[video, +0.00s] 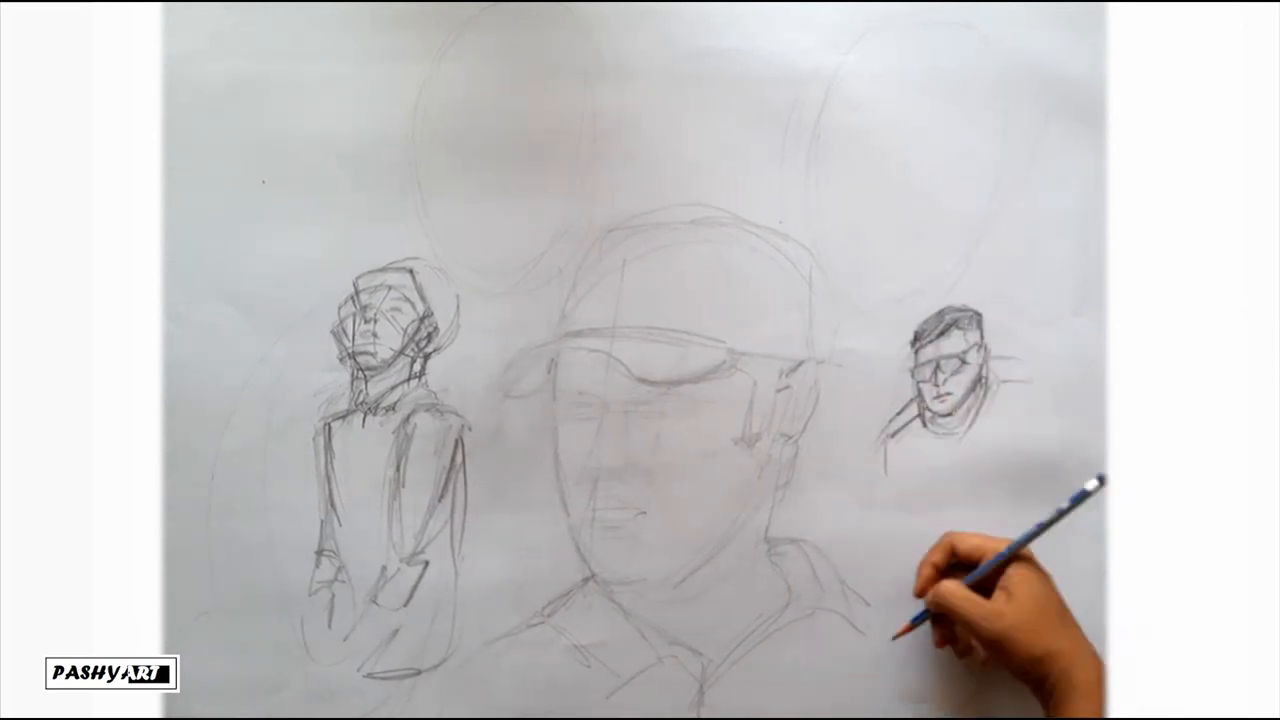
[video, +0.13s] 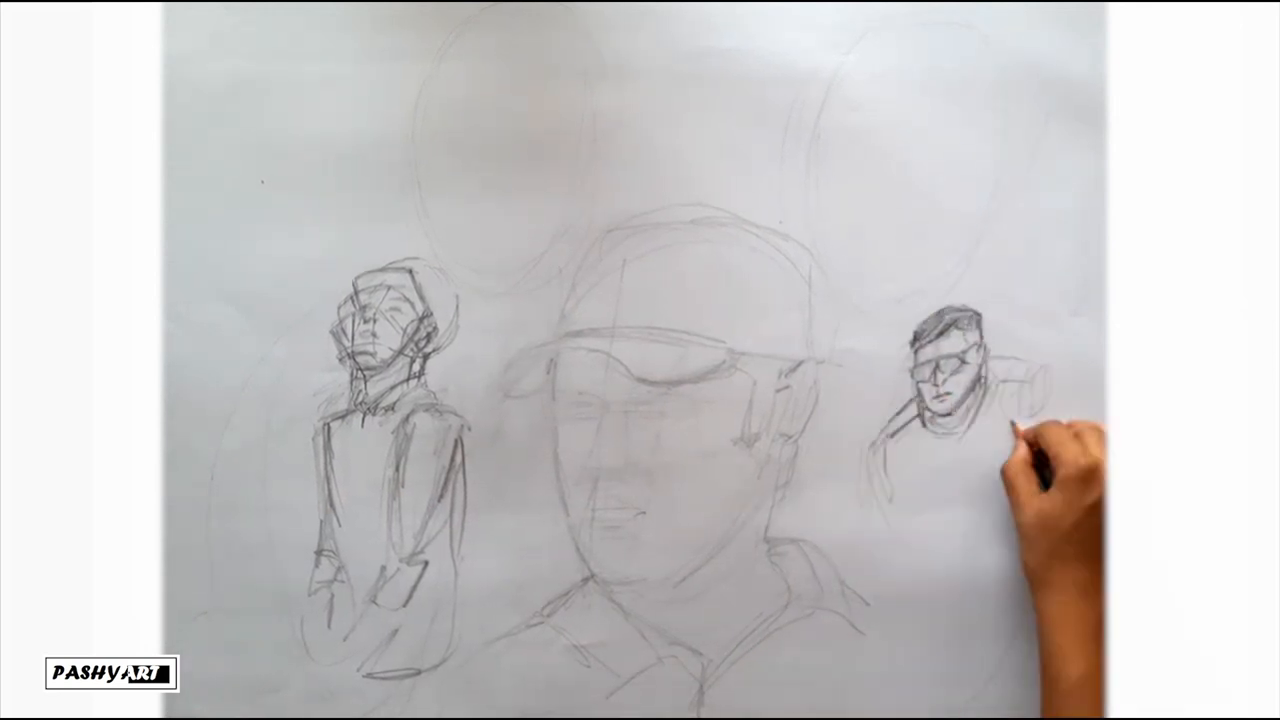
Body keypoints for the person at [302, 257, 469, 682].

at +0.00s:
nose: (370, 326)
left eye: (392, 313)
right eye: (363, 313)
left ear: (424, 333)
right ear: (347, 326)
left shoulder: (434, 426)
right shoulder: (330, 428)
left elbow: (428, 560)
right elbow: (329, 545)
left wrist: (351, 657)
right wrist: (320, 634)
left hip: (410, 631)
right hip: (341, 632)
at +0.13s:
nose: (370, 327)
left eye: (392, 314)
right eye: (363, 313)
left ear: (423, 334)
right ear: (347, 327)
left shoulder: (434, 427)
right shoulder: (329, 428)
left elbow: (429, 561)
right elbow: (328, 546)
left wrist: (351, 658)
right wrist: (320, 639)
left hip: (410, 628)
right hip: (342, 629)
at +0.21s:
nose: (369, 328)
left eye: (391, 315)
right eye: (362, 314)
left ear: (423, 334)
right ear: (347, 327)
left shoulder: (433, 427)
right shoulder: (329, 428)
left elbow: (428, 561)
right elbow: (327, 546)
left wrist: (350, 658)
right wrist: (319, 640)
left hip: (409, 631)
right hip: (340, 632)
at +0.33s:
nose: (370, 327)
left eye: (392, 315)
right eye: (363, 314)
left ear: (423, 333)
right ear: (347, 327)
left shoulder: (434, 427)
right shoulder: (329, 427)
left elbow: (429, 561)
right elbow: (328, 546)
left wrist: (351, 658)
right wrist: (319, 640)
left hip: (410, 630)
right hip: (341, 632)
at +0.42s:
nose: (369, 326)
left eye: (391, 314)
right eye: (362, 313)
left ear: (422, 333)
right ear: (347, 326)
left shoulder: (433, 427)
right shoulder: (329, 426)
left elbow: (429, 559)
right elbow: (328, 544)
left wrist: (352, 656)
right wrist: (319, 638)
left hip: (411, 629)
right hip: (342, 630)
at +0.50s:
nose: (370, 326)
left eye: (391, 314)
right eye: (362, 313)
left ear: (423, 333)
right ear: (347, 327)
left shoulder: (433, 426)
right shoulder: (329, 427)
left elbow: (429, 560)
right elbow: (328, 545)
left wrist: (352, 656)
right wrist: (318, 636)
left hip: (409, 630)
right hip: (341, 632)